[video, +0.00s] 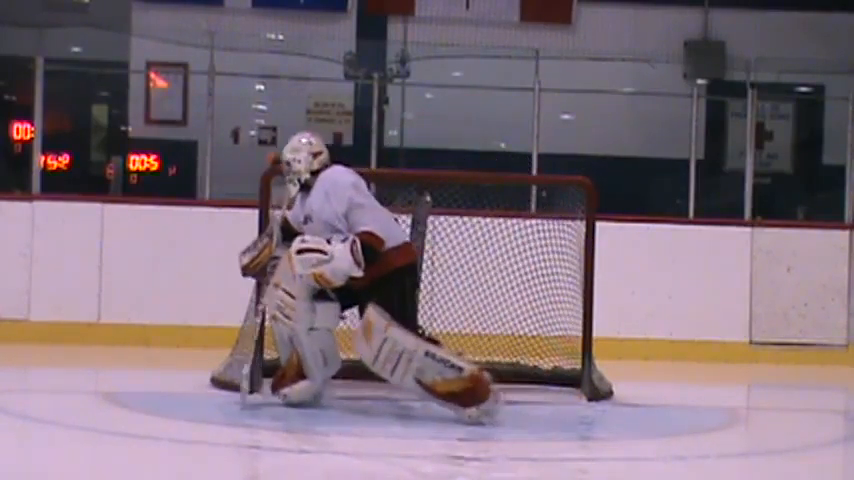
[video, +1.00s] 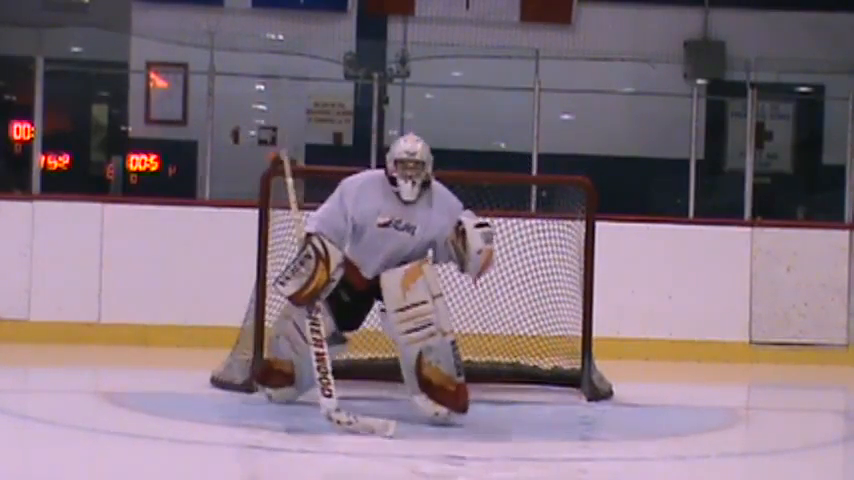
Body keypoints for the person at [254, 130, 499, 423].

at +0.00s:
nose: (291, 170)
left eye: (294, 163)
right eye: (288, 164)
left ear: (310, 159)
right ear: (311, 158)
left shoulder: (337, 180)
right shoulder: (305, 195)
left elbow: (375, 229)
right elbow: (289, 227)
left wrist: (344, 256)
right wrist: (264, 250)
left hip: (393, 262)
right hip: (359, 269)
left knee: (391, 340)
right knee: (303, 306)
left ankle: (468, 388)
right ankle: (307, 375)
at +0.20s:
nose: (270, 155)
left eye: (275, 147)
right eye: (267, 148)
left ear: (289, 147)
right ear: (263, 150)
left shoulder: (315, 171)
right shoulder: (275, 186)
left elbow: (353, 224)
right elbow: (259, 224)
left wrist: (323, 250)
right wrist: (238, 250)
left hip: (358, 256)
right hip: (322, 258)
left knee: (333, 329)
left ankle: (399, 387)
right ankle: (260, 369)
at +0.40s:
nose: (264, 147)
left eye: (268, 140)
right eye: (262, 141)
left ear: (286, 139)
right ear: (264, 141)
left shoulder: (318, 168)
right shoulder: (267, 169)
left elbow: (351, 213)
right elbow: (258, 215)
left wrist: (329, 238)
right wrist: (243, 245)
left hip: (336, 257)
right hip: (289, 258)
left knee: (306, 317)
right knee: (264, 310)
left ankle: (351, 383)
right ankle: (254, 372)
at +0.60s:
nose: (283, 147)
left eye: (290, 141)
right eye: (281, 140)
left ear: (309, 141)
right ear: (277, 139)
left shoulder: (334, 167)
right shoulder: (270, 169)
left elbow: (366, 204)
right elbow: (253, 216)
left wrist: (360, 237)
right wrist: (231, 249)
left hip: (336, 259)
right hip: (287, 260)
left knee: (330, 320)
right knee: (263, 314)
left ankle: (355, 387)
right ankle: (256, 378)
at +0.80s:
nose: (342, 171)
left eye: (351, 165)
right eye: (336, 164)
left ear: (363, 167)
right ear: (327, 162)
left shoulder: (378, 198)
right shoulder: (295, 188)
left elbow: (407, 223)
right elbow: (269, 231)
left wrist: (412, 246)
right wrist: (254, 267)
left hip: (362, 270)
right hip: (311, 270)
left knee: (368, 326)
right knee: (287, 322)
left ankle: (387, 391)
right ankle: (277, 382)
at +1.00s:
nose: (410, 175)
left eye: (417, 169)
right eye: (403, 167)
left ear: (429, 170)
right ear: (390, 166)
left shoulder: (444, 206)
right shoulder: (359, 189)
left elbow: (461, 254)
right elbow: (324, 230)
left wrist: (474, 244)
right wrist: (310, 266)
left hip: (405, 278)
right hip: (354, 271)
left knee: (423, 328)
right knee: (321, 324)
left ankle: (441, 391)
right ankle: (282, 374)